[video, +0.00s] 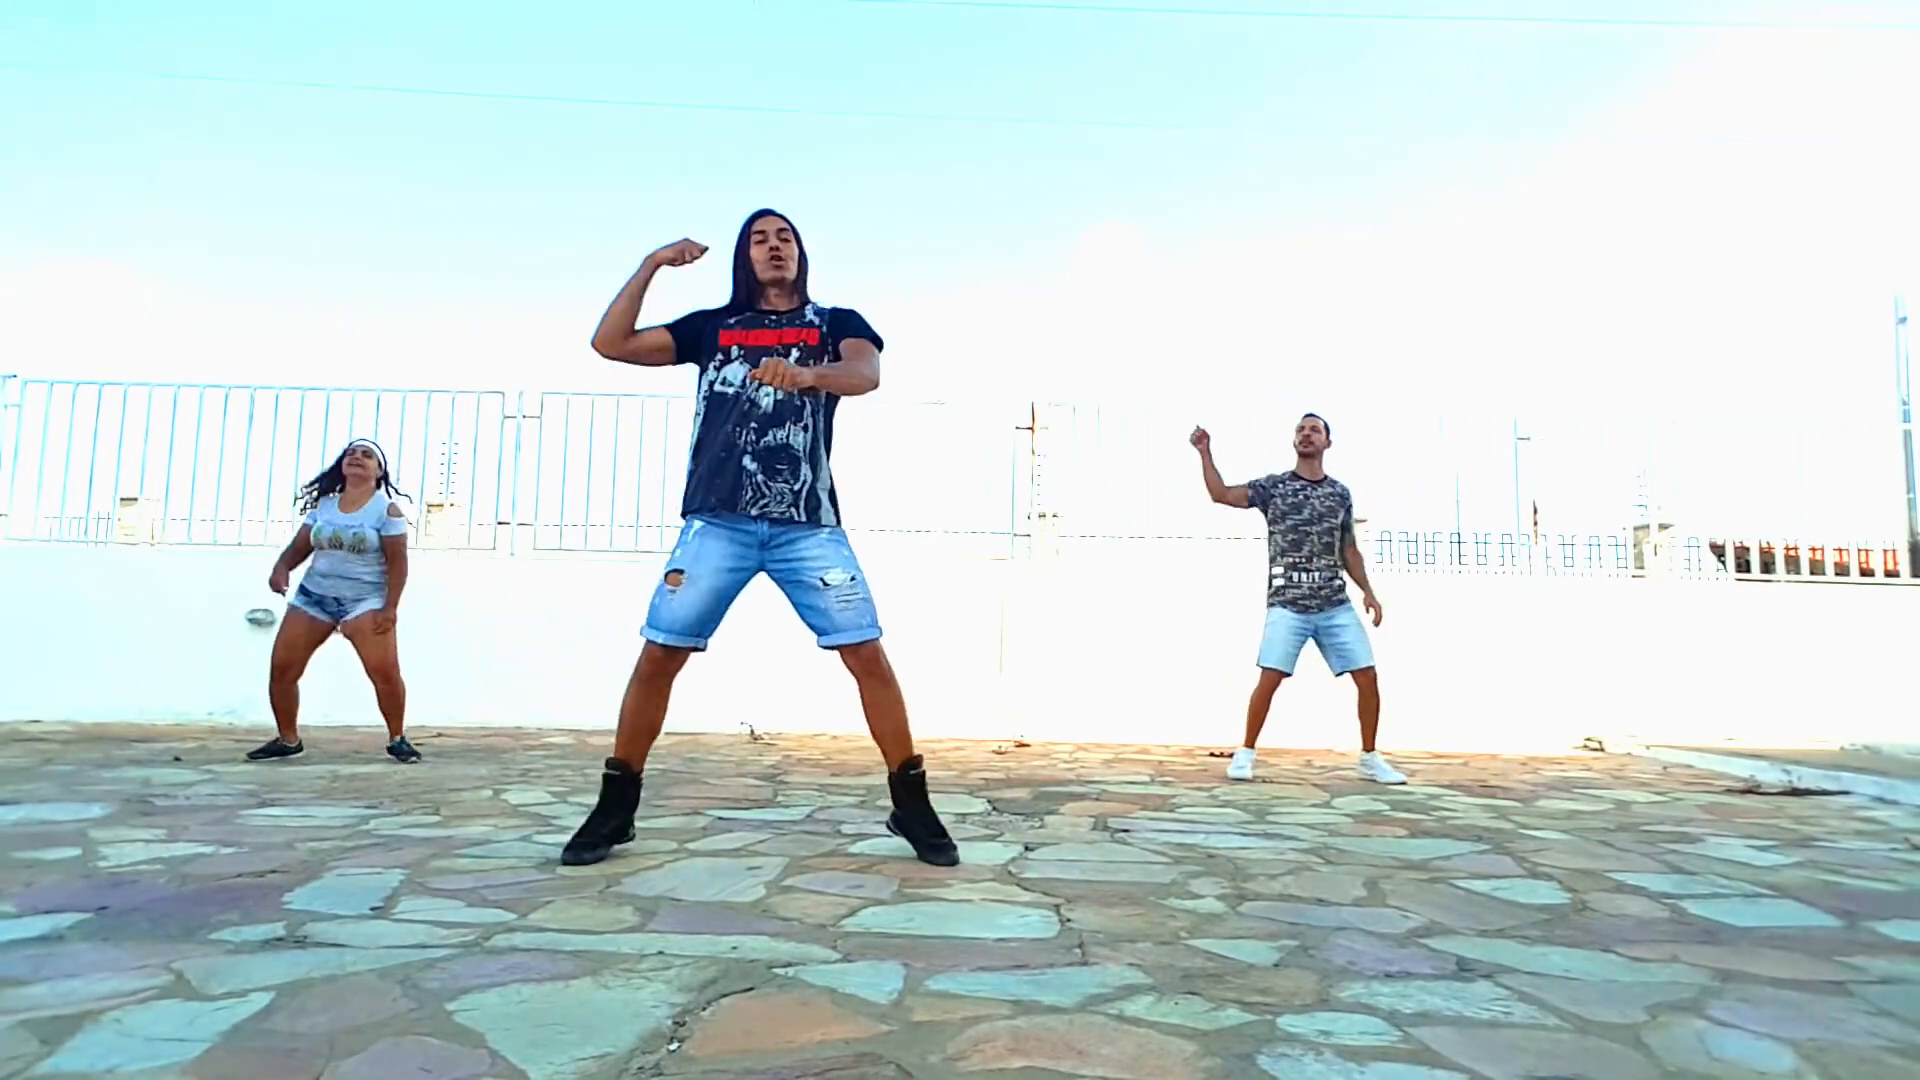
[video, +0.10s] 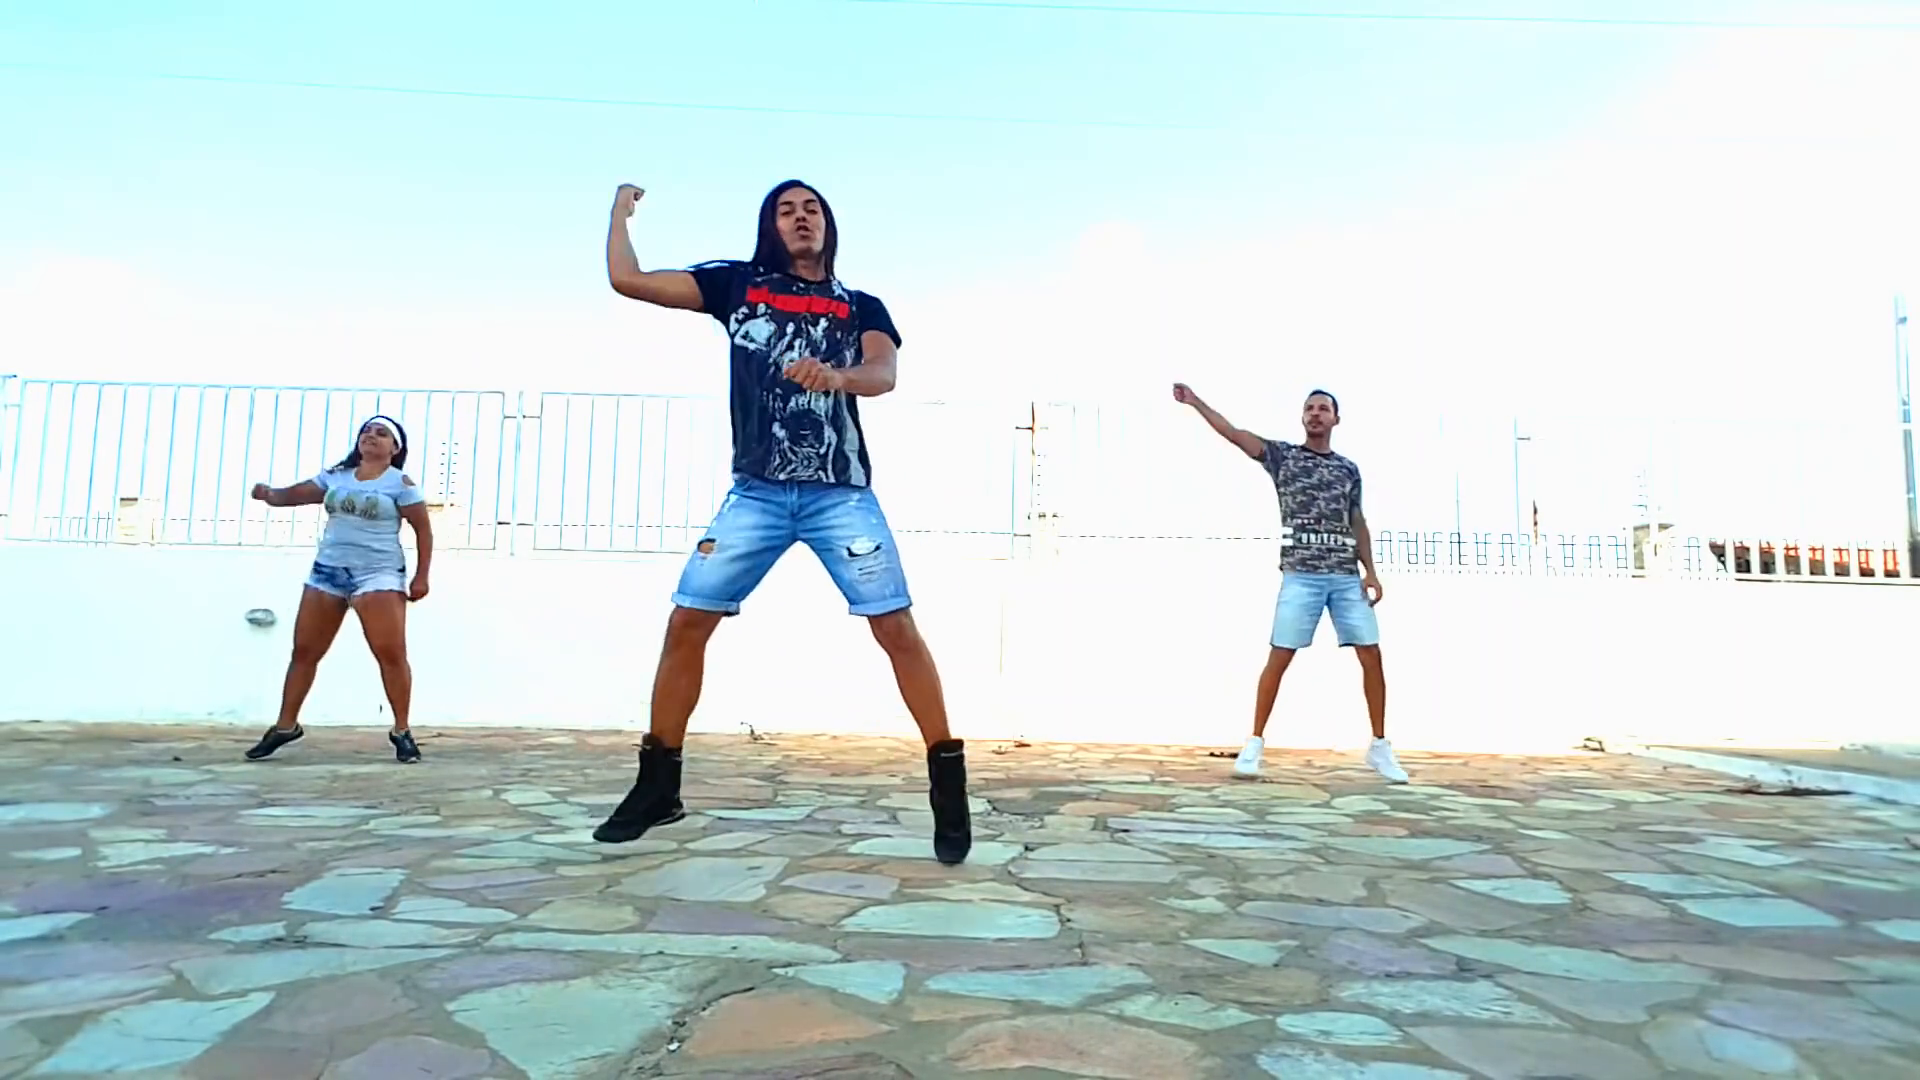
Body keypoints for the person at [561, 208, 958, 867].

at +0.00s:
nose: (773, 244)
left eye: (783, 236)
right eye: (760, 238)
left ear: (801, 256)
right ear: (742, 259)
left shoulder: (838, 321)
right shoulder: (713, 327)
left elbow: (864, 373)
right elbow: (613, 343)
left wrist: (807, 376)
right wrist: (648, 265)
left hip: (808, 525)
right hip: (718, 522)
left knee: (868, 653)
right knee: (659, 655)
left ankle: (912, 802)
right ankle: (615, 806)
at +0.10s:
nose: (800, 215)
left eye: (810, 208)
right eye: (787, 210)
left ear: (830, 226)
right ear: (769, 231)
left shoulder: (861, 306)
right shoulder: (738, 284)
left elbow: (881, 375)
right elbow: (628, 277)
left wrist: (835, 377)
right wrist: (620, 212)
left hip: (842, 495)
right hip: (756, 493)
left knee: (897, 631)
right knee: (687, 622)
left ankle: (948, 781)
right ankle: (657, 785)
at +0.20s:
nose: (826, 229)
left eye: (837, 220)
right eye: (813, 222)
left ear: (854, 238)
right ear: (792, 240)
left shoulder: (882, 314)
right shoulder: (763, 295)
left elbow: (909, 392)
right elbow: (671, 240)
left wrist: (857, 392)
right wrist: (601, 171)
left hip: (862, 507)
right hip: (778, 504)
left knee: (930, 634)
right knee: (712, 627)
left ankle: (998, 787)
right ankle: (726, 792)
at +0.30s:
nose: (847, 258)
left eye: (859, 249)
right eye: (834, 251)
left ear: (877, 267)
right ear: (818, 270)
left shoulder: (907, 342)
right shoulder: (786, 328)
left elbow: (954, 422)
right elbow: (701, 268)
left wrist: (888, 430)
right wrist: (655, 184)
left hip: (884, 541)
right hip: (796, 538)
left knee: (958, 662)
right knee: (743, 670)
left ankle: (1028, 806)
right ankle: (750, 812)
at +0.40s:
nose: (883, 271)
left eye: (894, 262)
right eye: (871, 263)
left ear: (910, 277)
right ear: (853, 279)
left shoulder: (945, 351)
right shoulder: (825, 349)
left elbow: (997, 426)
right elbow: (729, 318)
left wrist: (933, 451)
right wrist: (750, 227)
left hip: (923, 551)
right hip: (832, 548)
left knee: (987, 677)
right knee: (769, 671)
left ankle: (1031, 823)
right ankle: (749, 817)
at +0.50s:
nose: (917, 246)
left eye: (928, 237)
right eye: (905, 239)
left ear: (947, 254)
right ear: (888, 258)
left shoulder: (984, 328)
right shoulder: (860, 326)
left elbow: (1025, 408)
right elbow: (757, 305)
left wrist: (978, 436)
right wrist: (796, 240)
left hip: (971, 527)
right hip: (881, 523)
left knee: (1016, 660)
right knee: (813, 651)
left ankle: (1039, 811)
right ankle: (762, 800)